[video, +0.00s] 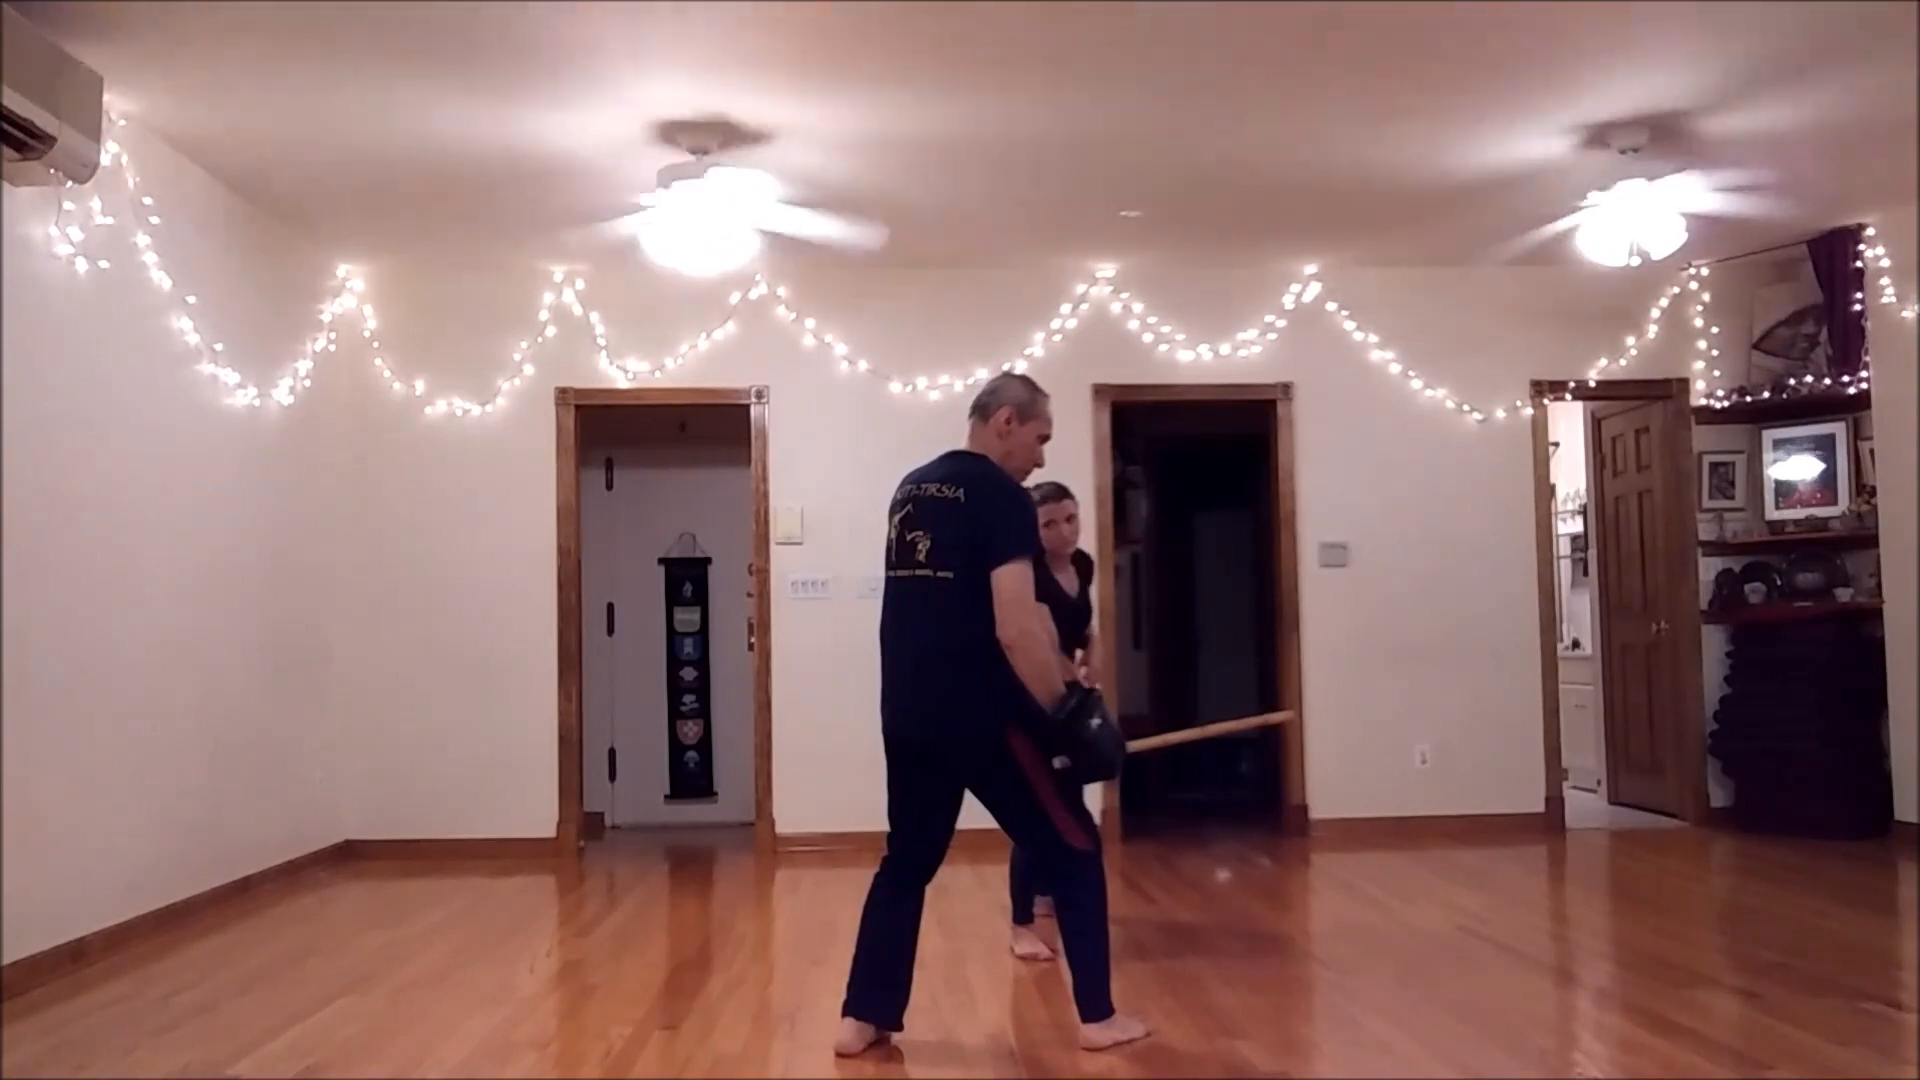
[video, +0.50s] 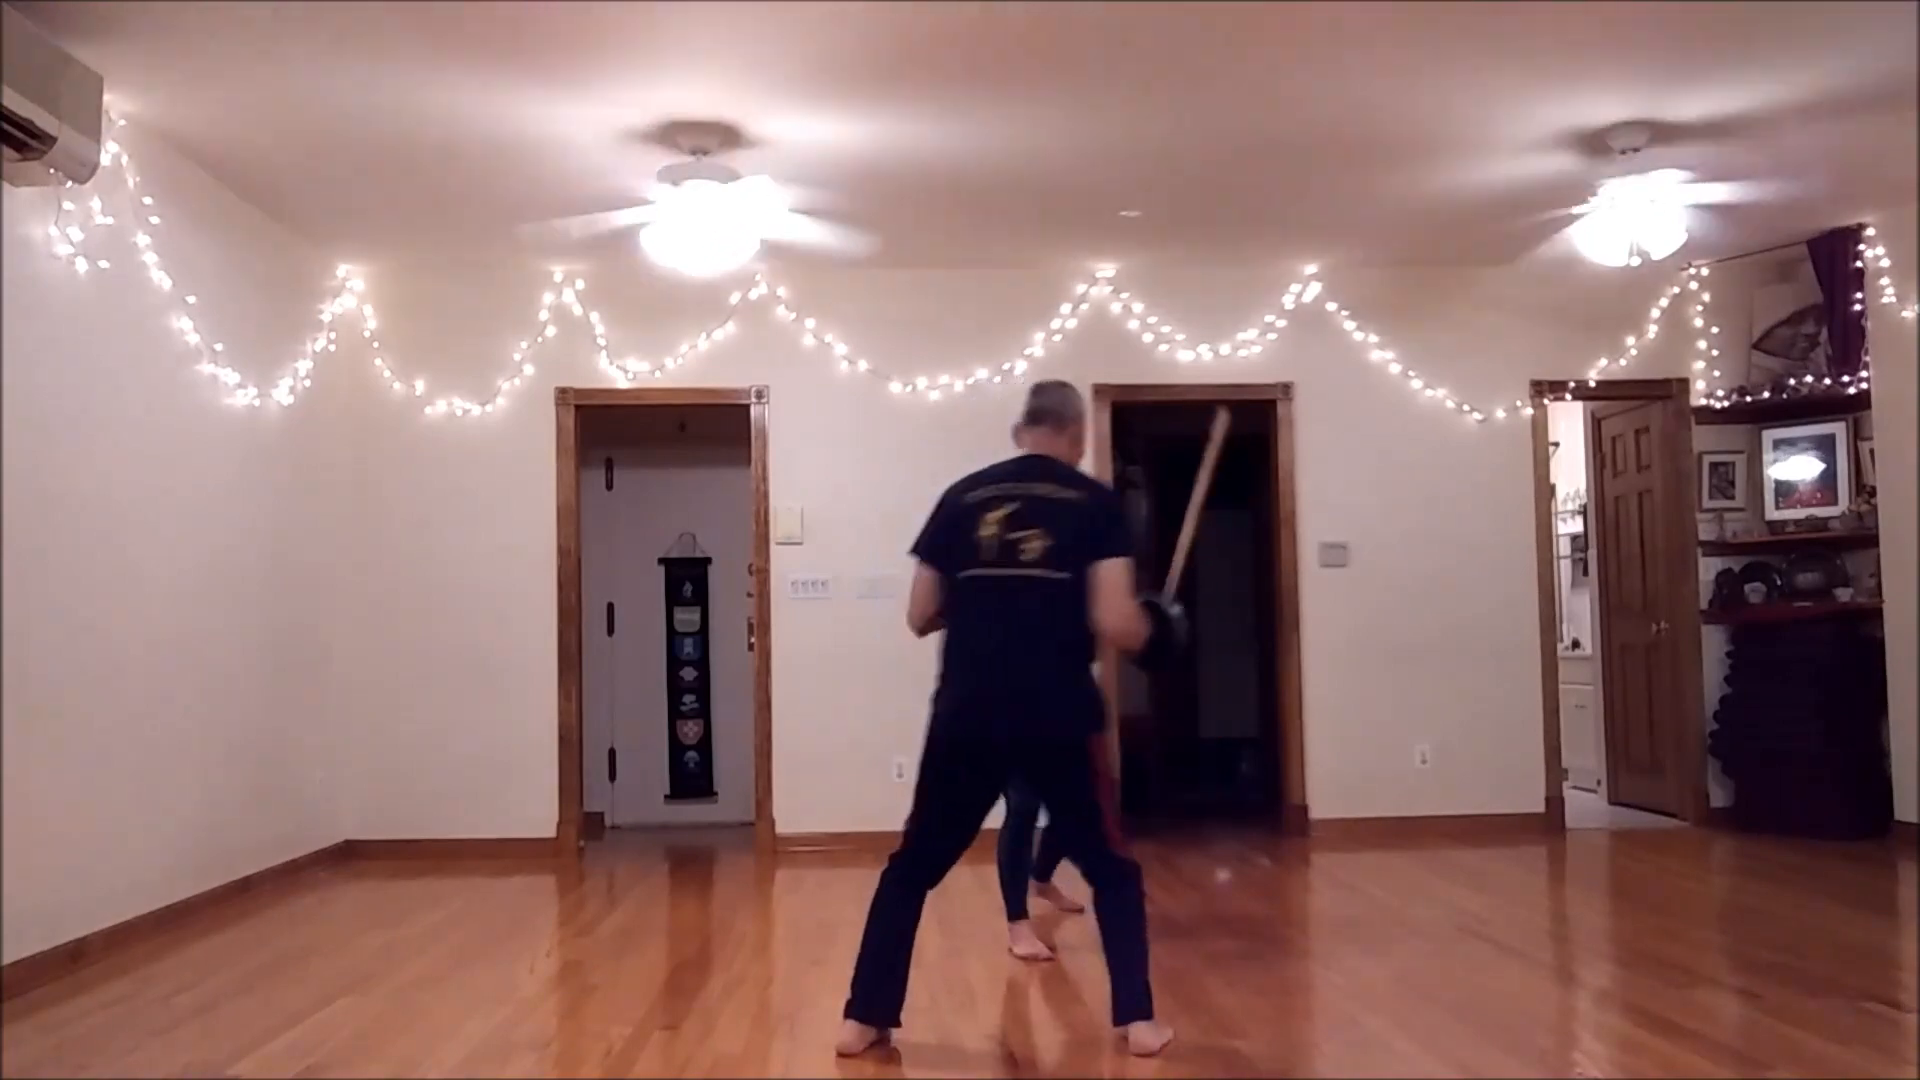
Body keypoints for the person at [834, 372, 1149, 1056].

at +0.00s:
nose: (1042, 455)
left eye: (1047, 442)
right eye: (1040, 439)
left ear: (985, 422)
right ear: (1003, 423)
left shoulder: (913, 487)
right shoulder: (999, 496)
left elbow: (926, 613)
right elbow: (1018, 627)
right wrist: (1066, 711)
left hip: (910, 711)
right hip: (982, 710)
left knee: (907, 858)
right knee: (1075, 846)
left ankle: (864, 1018)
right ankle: (1098, 1017)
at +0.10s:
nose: (1042, 453)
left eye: (1046, 440)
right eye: (1040, 437)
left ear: (983, 422)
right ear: (1004, 423)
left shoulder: (913, 487)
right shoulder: (1000, 496)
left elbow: (927, 614)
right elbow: (1014, 627)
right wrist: (1071, 707)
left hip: (910, 711)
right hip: (982, 711)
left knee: (907, 858)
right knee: (1075, 845)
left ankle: (864, 1017)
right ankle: (1098, 1016)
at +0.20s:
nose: (1044, 454)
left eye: (1047, 441)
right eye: (1043, 439)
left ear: (984, 424)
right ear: (1011, 425)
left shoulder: (915, 488)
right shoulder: (1007, 496)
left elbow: (923, 614)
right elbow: (1012, 623)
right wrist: (1072, 698)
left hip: (913, 711)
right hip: (989, 708)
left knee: (906, 856)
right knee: (1080, 844)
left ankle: (864, 1017)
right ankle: (1100, 1014)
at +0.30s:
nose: (1050, 452)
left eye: (1052, 440)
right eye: (1049, 438)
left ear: (987, 424)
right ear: (1025, 426)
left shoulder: (922, 490)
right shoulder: (1022, 496)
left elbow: (930, 607)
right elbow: (1023, 616)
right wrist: (1081, 670)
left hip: (921, 710)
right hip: (1004, 707)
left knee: (906, 858)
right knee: (1093, 841)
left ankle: (864, 1017)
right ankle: (1114, 1002)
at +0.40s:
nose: (1063, 449)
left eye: (1063, 438)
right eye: (1062, 437)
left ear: (998, 427)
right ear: (1046, 432)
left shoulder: (936, 495)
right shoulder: (1053, 502)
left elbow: (913, 612)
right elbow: (1059, 619)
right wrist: (1103, 651)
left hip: (939, 713)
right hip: (1027, 712)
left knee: (908, 861)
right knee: (1099, 860)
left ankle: (864, 1017)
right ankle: (1134, 1015)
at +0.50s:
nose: (1083, 445)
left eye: (1071, 434)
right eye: (1083, 434)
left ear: (1019, 429)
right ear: (1078, 432)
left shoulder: (963, 496)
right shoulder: (1097, 504)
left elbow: (922, 616)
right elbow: (1114, 622)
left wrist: (981, 590)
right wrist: (1152, 625)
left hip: (967, 717)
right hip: (1055, 717)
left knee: (914, 862)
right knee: (1109, 865)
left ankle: (866, 1017)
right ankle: (1137, 1020)